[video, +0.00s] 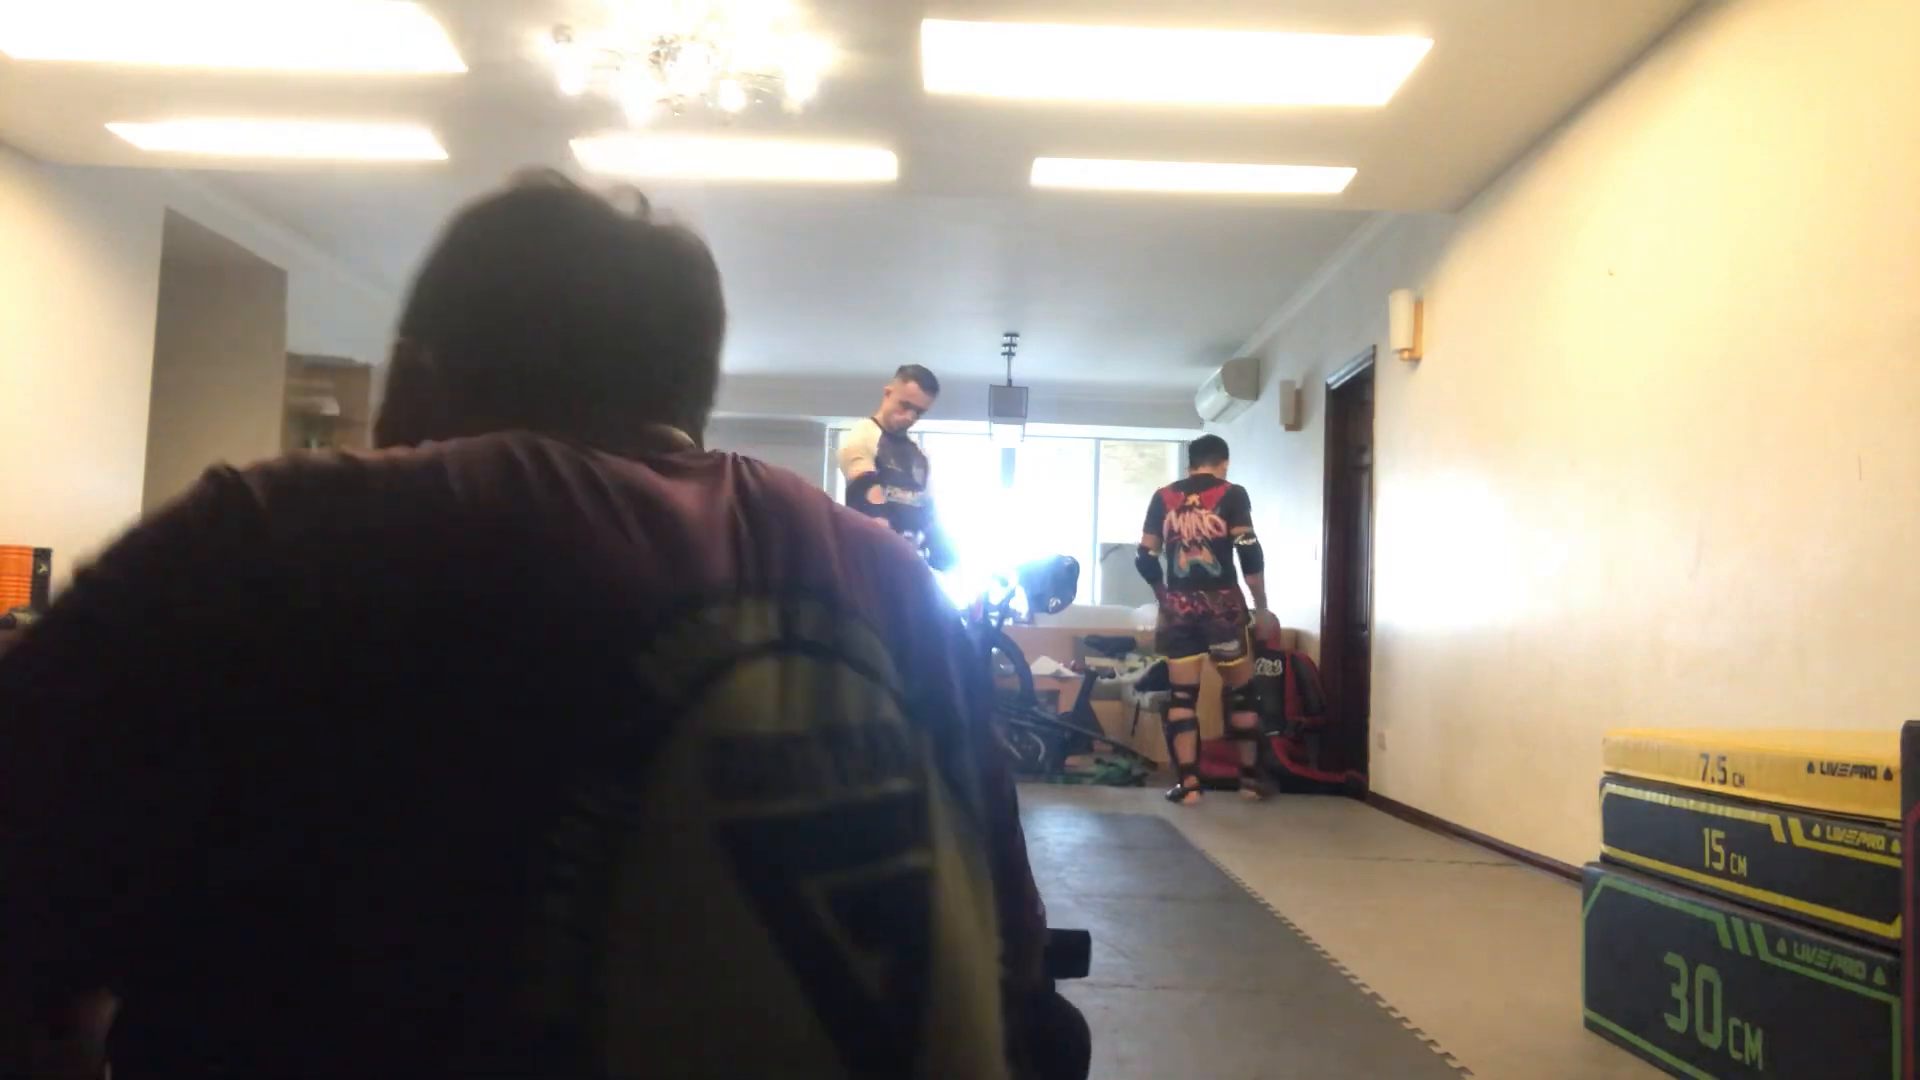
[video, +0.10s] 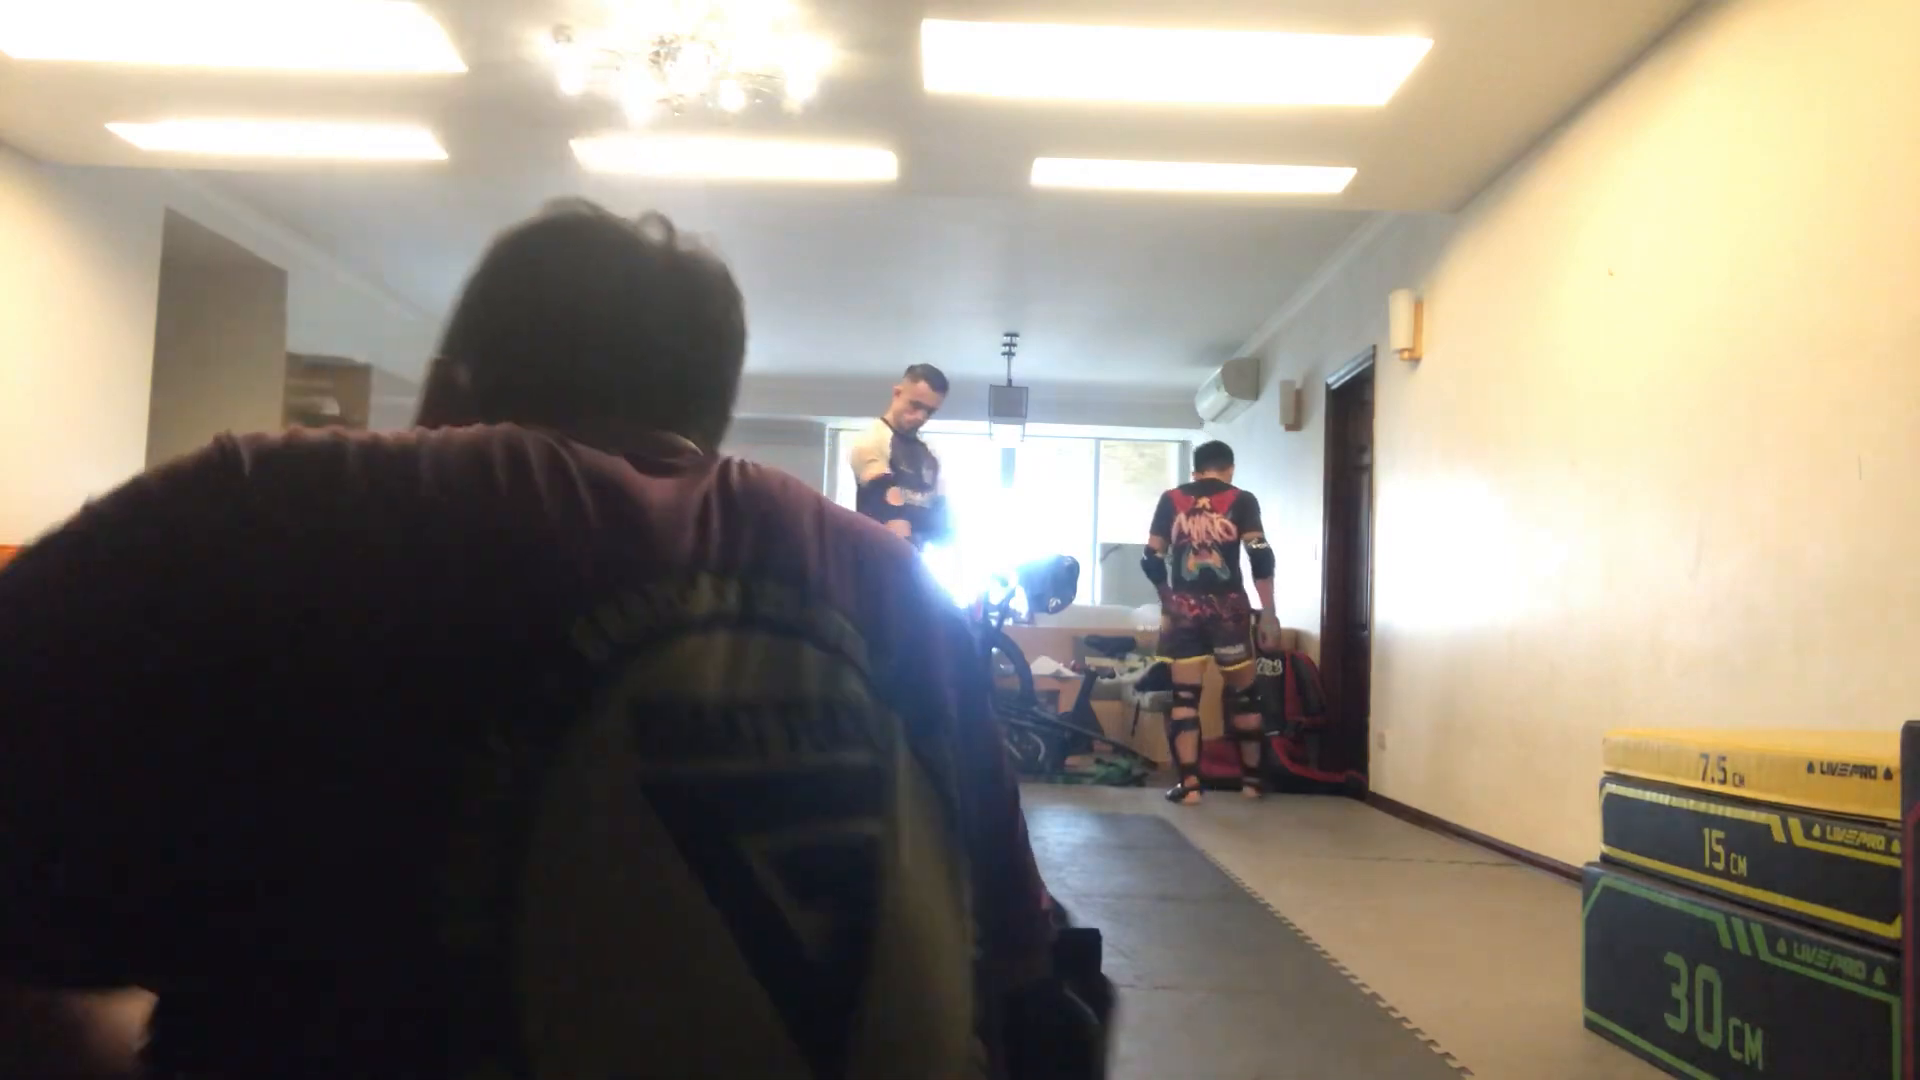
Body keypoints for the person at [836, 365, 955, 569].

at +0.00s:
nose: (909, 418)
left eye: (918, 413)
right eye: (904, 406)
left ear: (924, 413)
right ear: (887, 393)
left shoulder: (918, 456)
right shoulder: (860, 438)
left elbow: (926, 513)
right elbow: (868, 505)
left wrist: (939, 548)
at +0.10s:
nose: (920, 417)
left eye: (930, 412)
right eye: (915, 406)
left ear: (935, 412)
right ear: (896, 394)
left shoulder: (929, 456)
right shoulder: (870, 441)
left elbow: (942, 523)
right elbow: (886, 510)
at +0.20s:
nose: (931, 417)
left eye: (940, 412)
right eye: (926, 405)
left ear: (945, 412)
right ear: (907, 394)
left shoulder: (938, 454)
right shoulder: (882, 439)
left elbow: (952, 511)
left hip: (922, 561)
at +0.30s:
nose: (941, 417)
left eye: (951, 410)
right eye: (937, 405)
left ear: (957, 409)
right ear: (917, 392)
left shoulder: (947, 449)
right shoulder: (895, 443)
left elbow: (966, 509)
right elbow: (926, 530)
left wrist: (935, 505)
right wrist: (969, 596)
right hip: (899, 571)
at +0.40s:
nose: (951, 415)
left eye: (960, 408)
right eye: (946, 403)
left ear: (967, 407)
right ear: (926, 390)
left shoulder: (954, 443)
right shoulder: (904, 442)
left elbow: (975, 498)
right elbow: (935, 518)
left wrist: (939, 486)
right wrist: (973, 579)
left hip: (942, 569)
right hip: (908, 570)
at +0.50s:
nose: (956, 413)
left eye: (964, 407)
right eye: (951, 402)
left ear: (970, 404)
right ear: (930, 390)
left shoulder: (957, 441)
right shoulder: (909, 438)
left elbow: (986, 497)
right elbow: (940, 507)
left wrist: (954, 494)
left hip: (950, 565)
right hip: (917, 568)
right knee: (919, 667)